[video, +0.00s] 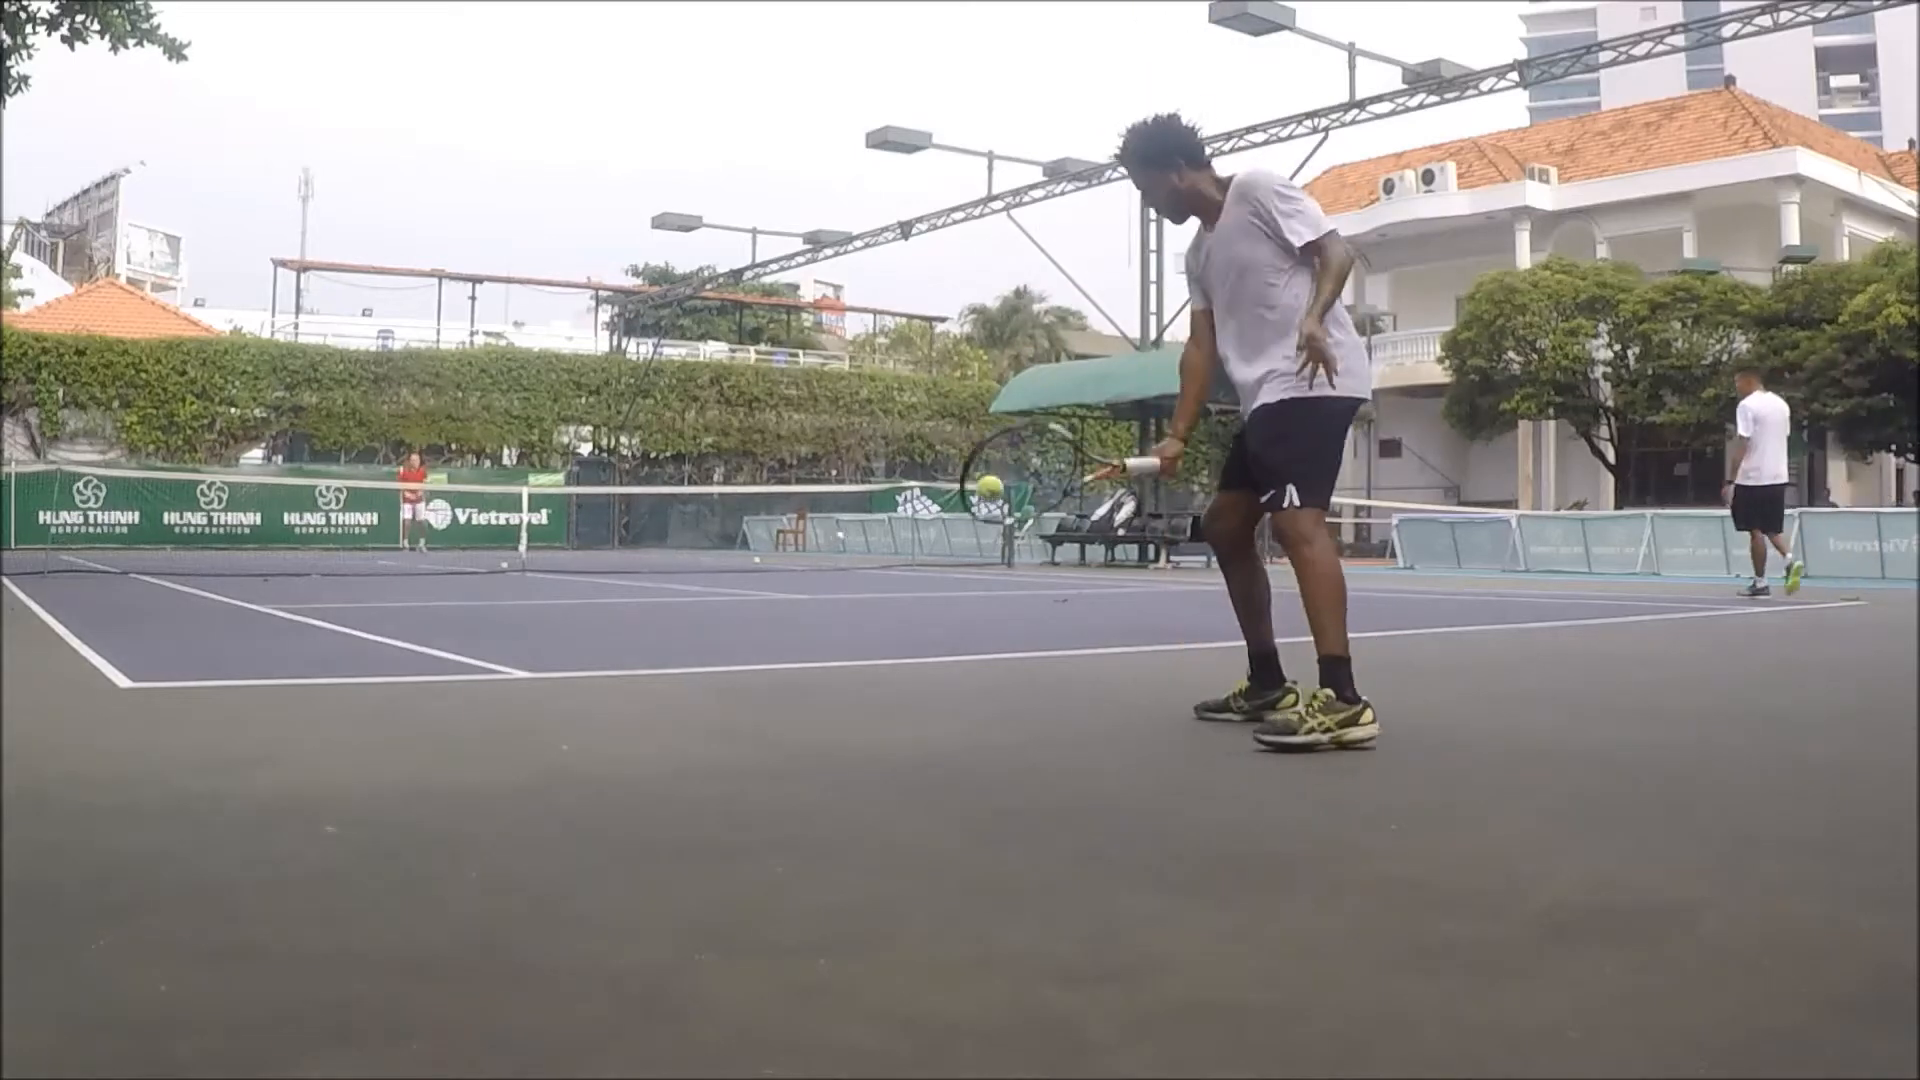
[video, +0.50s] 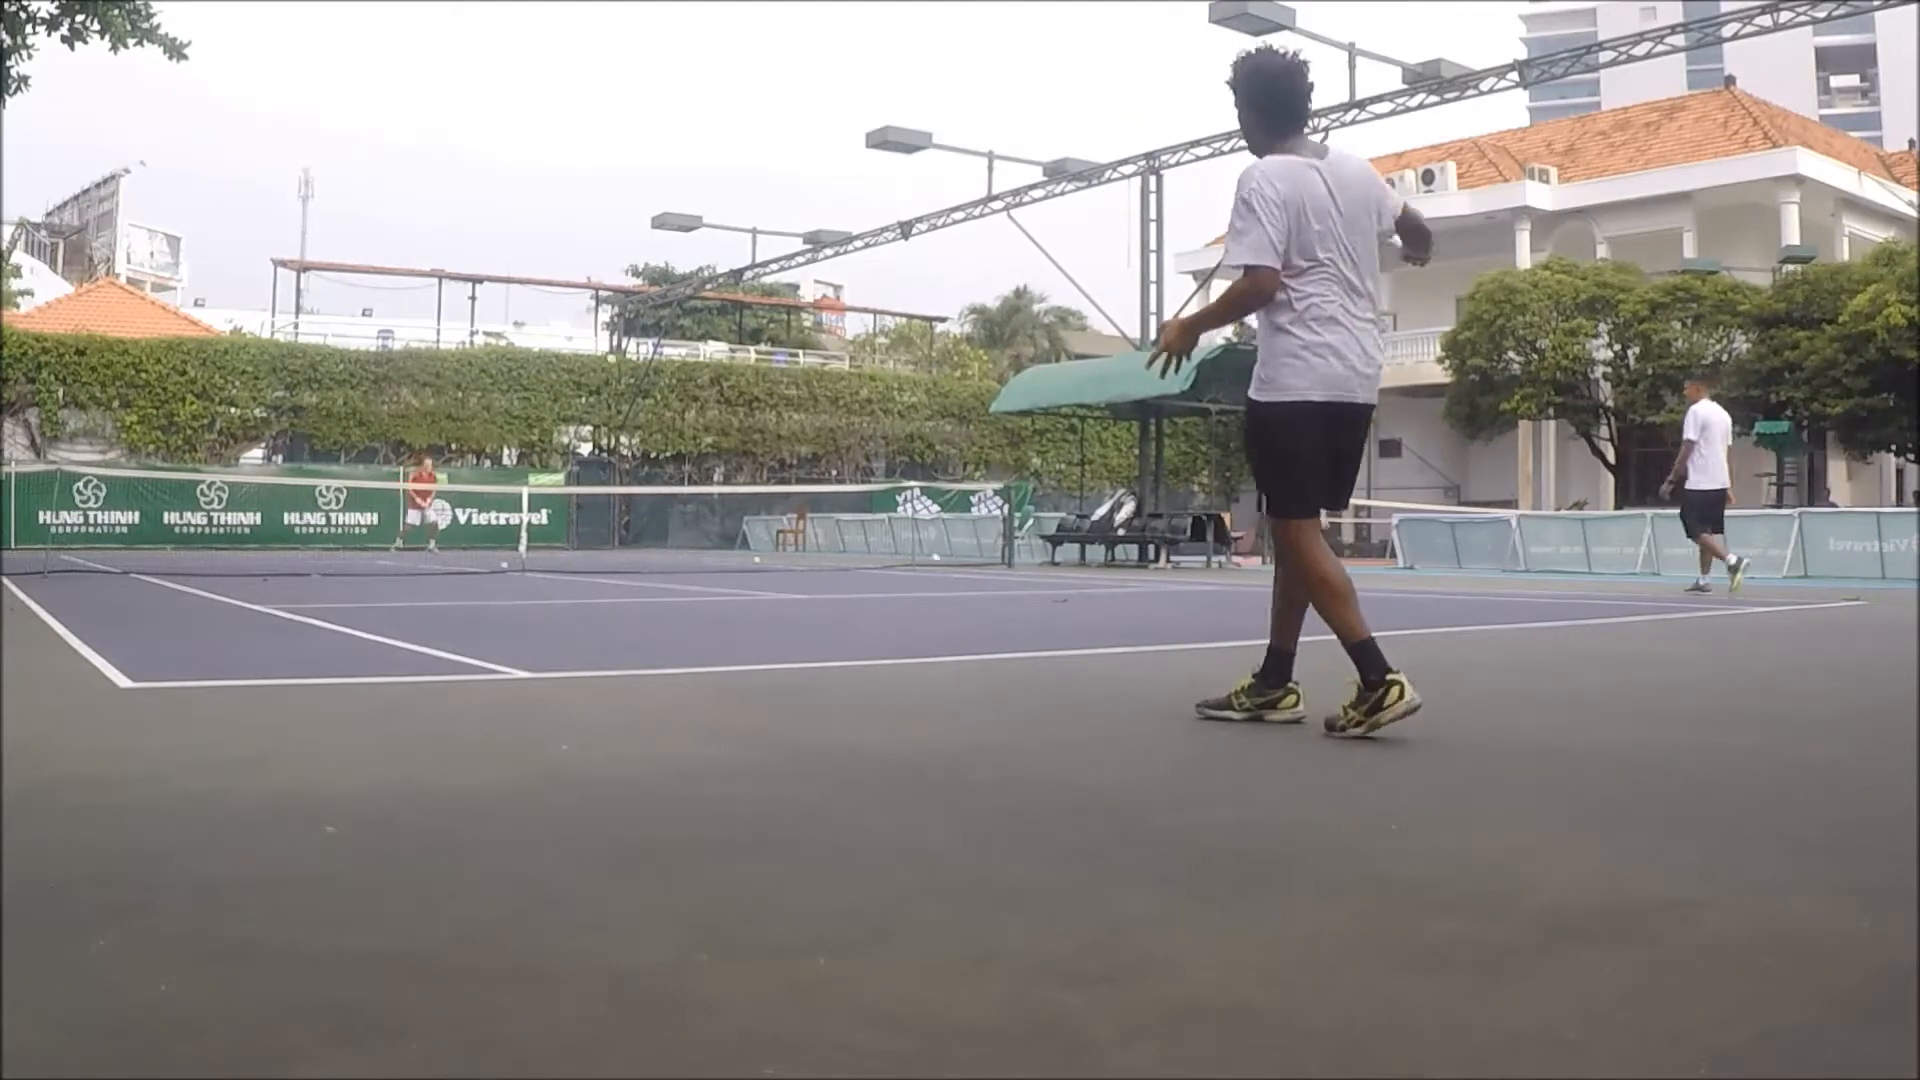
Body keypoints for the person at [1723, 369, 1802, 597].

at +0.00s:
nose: (1736, 387)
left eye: (1738, 382)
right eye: (1736, 383)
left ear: (1749, 382)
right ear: (1756, 381)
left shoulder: (1746, 405)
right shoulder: (1781, 403)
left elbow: (1742, 443)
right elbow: (1785, 436)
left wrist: (1732, 479)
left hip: (1753, 478)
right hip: (1777, 477)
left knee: (1756, 531)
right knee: (1772, 528)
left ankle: (1760, 582)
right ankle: (1790, 560)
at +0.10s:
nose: (1726, 388)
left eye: (1728, 383)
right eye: (1725, 384)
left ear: (1738, 383)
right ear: (1747, 383)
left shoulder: (1737, 405)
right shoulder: (1770, 405)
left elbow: (1725, 444)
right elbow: (1775, 438)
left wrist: (1707, 474)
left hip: (1746, 478)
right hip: (1767, 476)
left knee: (1751, 530)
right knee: (1756, 528)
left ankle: (1760, 581)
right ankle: (1763, 572)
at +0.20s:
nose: (1716, 390)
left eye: (1718, 385)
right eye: (1716, 386)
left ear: (1729, 386)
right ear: (1736, 386)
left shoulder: (1727, 408)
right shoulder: (1760, 408)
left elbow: (1713, 444)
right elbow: (1765, 447)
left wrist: (1691, 467)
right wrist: (1767, 479)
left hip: (1736, 480)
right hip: (1756, 479)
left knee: (1746, 532)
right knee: (1739, 531)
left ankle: (1759, 581)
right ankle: (1732, 576)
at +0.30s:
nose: (1704, 394)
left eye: (1707, 389)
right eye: (1704, 389)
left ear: (1719, 389)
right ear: (1725, 390)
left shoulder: (1717, 411)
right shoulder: (1747, 412)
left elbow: (1703, 446)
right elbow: (1754, 450)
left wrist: (1680, 464)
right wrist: (1759, 484)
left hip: (1726, 484)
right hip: (1743, 482)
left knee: (1740, 532)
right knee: (1725, 533)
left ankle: (1759, 579)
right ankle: (1711, 577)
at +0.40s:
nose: (1695, 395)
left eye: (1697, 390)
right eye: (1695, 391)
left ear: (1708, 390)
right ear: (1713, 391)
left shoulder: (1706, 413)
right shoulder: (1736, 415)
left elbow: (1695, 448)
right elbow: (1742, 453)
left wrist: (1672, 471)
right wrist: (1746, 486)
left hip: (1713, 486)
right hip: (1730, 485)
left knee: (1723, 533)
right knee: (1712, 533)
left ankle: (1752, 573)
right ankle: (1704, 580)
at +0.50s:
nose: (1684, 393)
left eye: (1687, 388)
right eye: (1685, 388)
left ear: (1698, 389)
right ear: (1703, 390)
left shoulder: (1695, 411)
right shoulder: (1723, 413)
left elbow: (1687, 446)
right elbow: (1725, 453)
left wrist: (1671, 478)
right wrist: (1727, 485)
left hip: (1698, 484)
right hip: (1719, 483)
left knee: (1694, 530)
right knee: (1709, 531)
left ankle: (1731, 560)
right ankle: (1703, 579)